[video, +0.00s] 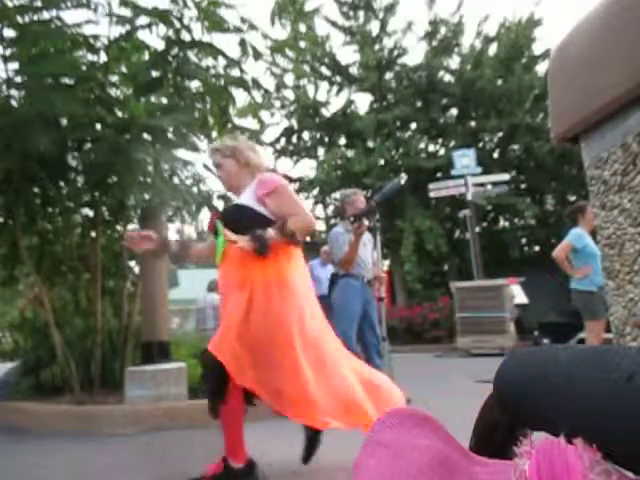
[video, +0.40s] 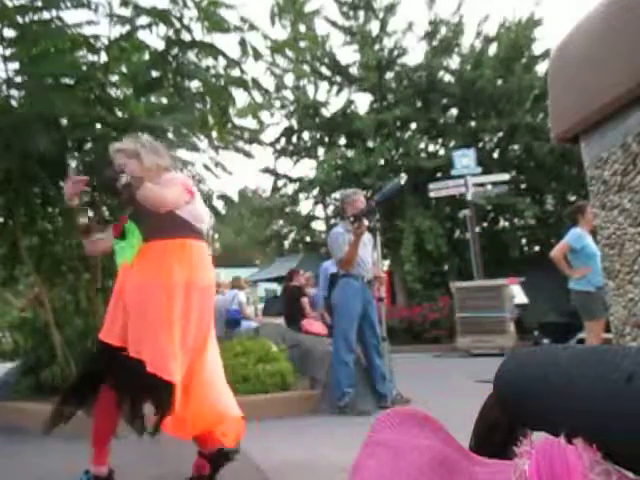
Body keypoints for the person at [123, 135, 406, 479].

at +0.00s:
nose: (217, 173)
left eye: (220, 165)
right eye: (215, 168)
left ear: (241, 160)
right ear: (234, 167)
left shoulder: (267, 183)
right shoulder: (238, 204)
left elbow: (303, 220)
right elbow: (211, 250)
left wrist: (268, 238)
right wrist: (166, 247)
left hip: (274, 306)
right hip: (249, 308)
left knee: (221, 371)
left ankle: (236, 460)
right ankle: (308, 414)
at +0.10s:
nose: (193, 176)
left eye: (196, 168)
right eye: (191, 170)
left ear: (215, 166)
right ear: (210, 170)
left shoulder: (244, 189)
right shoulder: (208, 208)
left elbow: (265, 226)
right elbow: (168, 243)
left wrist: (208, 229)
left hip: (243, 311)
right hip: (217, 310)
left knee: (201, 380)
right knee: (206, 377)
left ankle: (236, 459)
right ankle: (233, 442)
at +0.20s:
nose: (166, 176)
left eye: (169, 169)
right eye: (164, 171)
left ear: (189, 165)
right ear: (185, 169)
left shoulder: (218, 189)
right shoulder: (188, 202)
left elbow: (211, 220)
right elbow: (136, 232)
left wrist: (161, 208)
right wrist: (147, 210)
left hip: (216, 303)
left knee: (154, 368)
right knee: (191, 387)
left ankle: (136, 461)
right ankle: (235, 460)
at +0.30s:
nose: (140, 176)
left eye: (145, 167)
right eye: (138, 170)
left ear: (168, 163)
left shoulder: (196, 185)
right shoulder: (155, 207)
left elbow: (171, 209)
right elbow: (114, 239)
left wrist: (135, 190)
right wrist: (111, 199)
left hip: (196, 299)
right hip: (167, 300)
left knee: (137, 374)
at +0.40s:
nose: (121, 171)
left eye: (125, 163)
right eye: (117, 166)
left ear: (147, 158)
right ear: (122, 171)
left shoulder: (179, 182)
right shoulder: (134, 213)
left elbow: (163, 201)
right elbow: (93, 244)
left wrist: (133, 182)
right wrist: (74, 205)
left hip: (183, 306)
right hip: (140, 306)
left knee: (192, 375)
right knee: (112, 380)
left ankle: (211, 445)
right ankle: (99, 468)